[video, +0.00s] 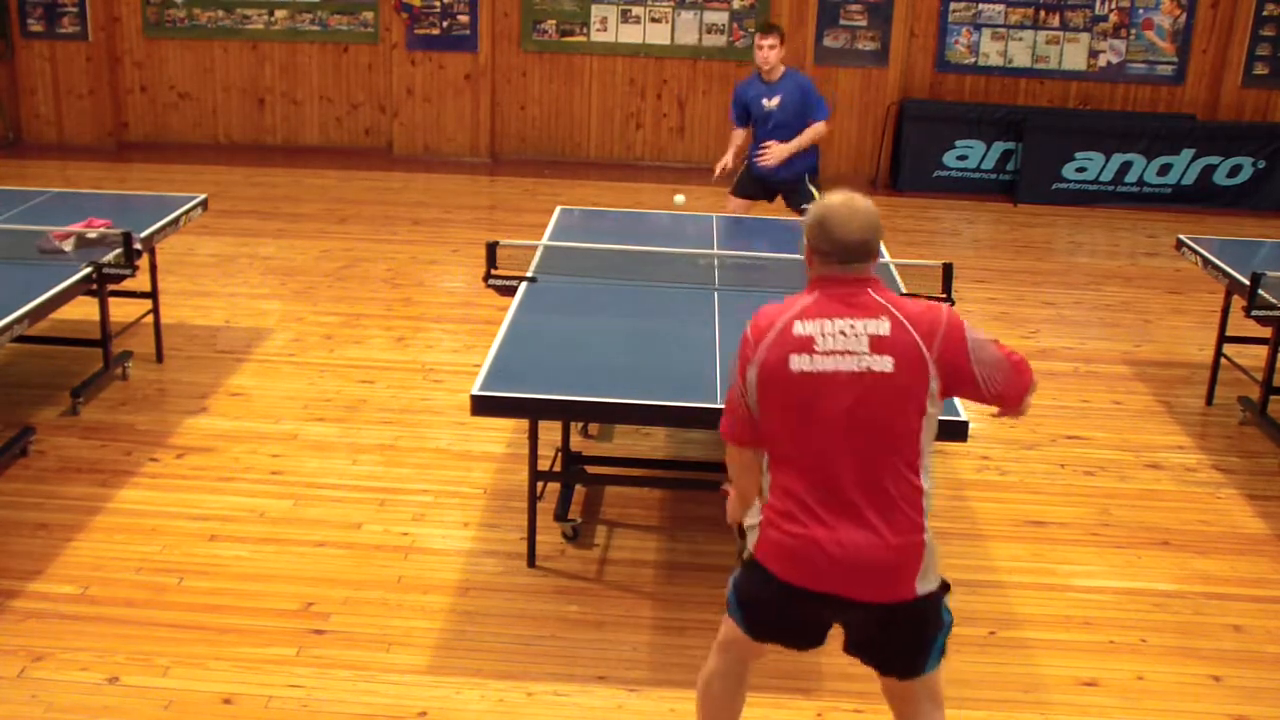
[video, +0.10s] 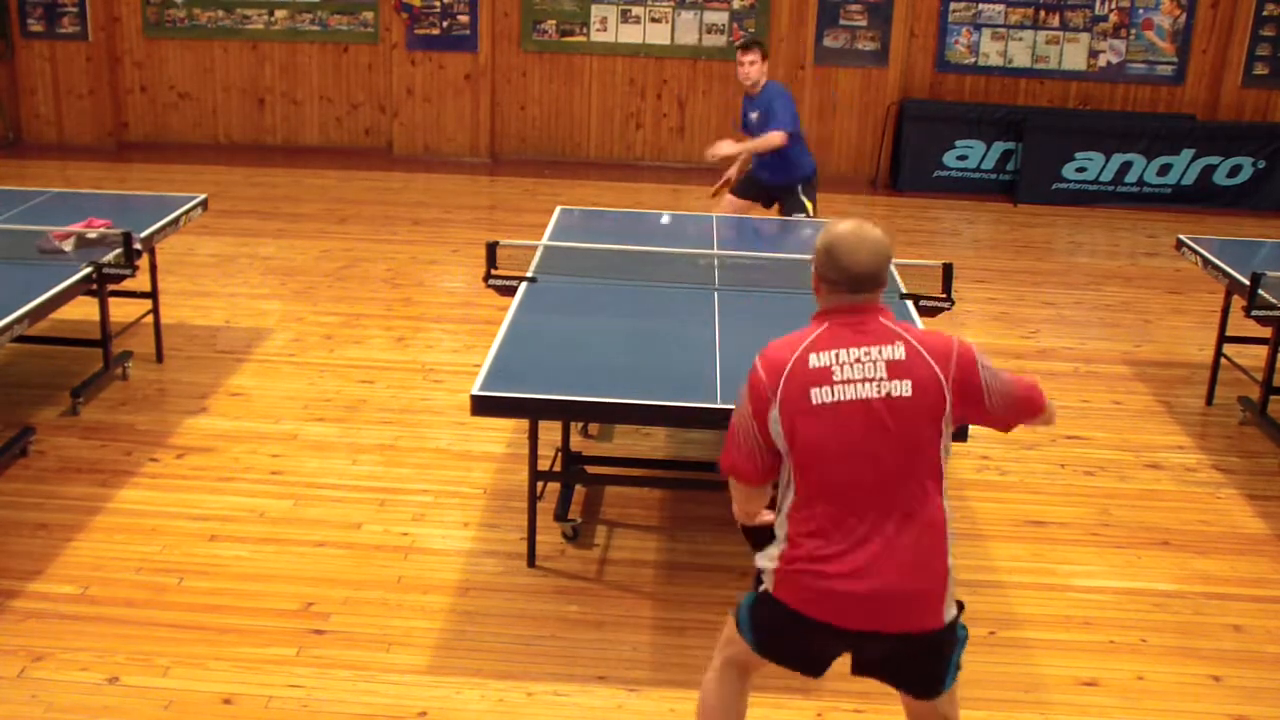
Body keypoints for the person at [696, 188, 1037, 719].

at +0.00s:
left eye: (804, 245)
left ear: (809, 252)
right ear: (880, 252)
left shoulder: (768, 326)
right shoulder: (931, 325)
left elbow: (740, 436)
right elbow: (1015, 386)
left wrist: (744, 495)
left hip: (790, 558)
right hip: (894, 568)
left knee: (733, 647)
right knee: (917, 697)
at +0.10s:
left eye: (813, 269)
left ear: (817, 281)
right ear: (886, 280)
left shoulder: (776, 364)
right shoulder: (941, 355)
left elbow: (747, 483)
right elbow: (1035, 407)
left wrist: (749, 515)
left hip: (809, 594)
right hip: (913, 600)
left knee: (733, 661)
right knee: (934, 706)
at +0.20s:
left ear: (817, 295)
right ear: (888, 296)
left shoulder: (773, 384)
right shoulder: (940, 377)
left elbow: (740, 494)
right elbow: (1031, 441)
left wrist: (763, 501)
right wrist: (1053, 465)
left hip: (811, 617)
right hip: (920, 623)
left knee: (734, 698)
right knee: (951, 708)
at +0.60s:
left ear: (822, 288)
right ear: (895, 290)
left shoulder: (780, 371)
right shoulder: (946, 370)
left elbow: (739, 486)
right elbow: (1016, 462)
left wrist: (763, 490)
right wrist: (995, 516)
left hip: (810, 619)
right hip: (922, 625)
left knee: (727, 706)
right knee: (939, 710)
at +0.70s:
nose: (790, 288)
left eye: (791, 279)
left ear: (798, 288)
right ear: (864, 286)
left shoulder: (763, 373)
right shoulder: (922, 367)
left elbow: (708, 479)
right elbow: (1001, 460)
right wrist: (1006, 519)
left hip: (796, 612)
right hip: (901, 616)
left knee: (702, 700)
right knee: (939, 711)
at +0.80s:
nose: (736, 300)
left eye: (737, 292)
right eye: (738, 289)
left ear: (749, 301)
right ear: (814, 295)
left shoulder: (724, 387)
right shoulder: (883, 366)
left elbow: (622, 458)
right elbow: (969, 448)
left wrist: (556, 439)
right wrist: (1018, 522)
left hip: (777, 617)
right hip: (884, 616)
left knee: (676, 687)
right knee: (918, 708)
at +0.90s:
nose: (703, 304)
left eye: (705, 296)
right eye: (706, 293)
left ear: (715, 308)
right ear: (782, 302)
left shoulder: (695, 399)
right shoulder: (849, 372)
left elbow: (585, 444)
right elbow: (936, 447)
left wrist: (569, 381)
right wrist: (1008, 502)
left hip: (753, 624)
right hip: (860, 620)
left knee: (654, 675)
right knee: (890, 706)